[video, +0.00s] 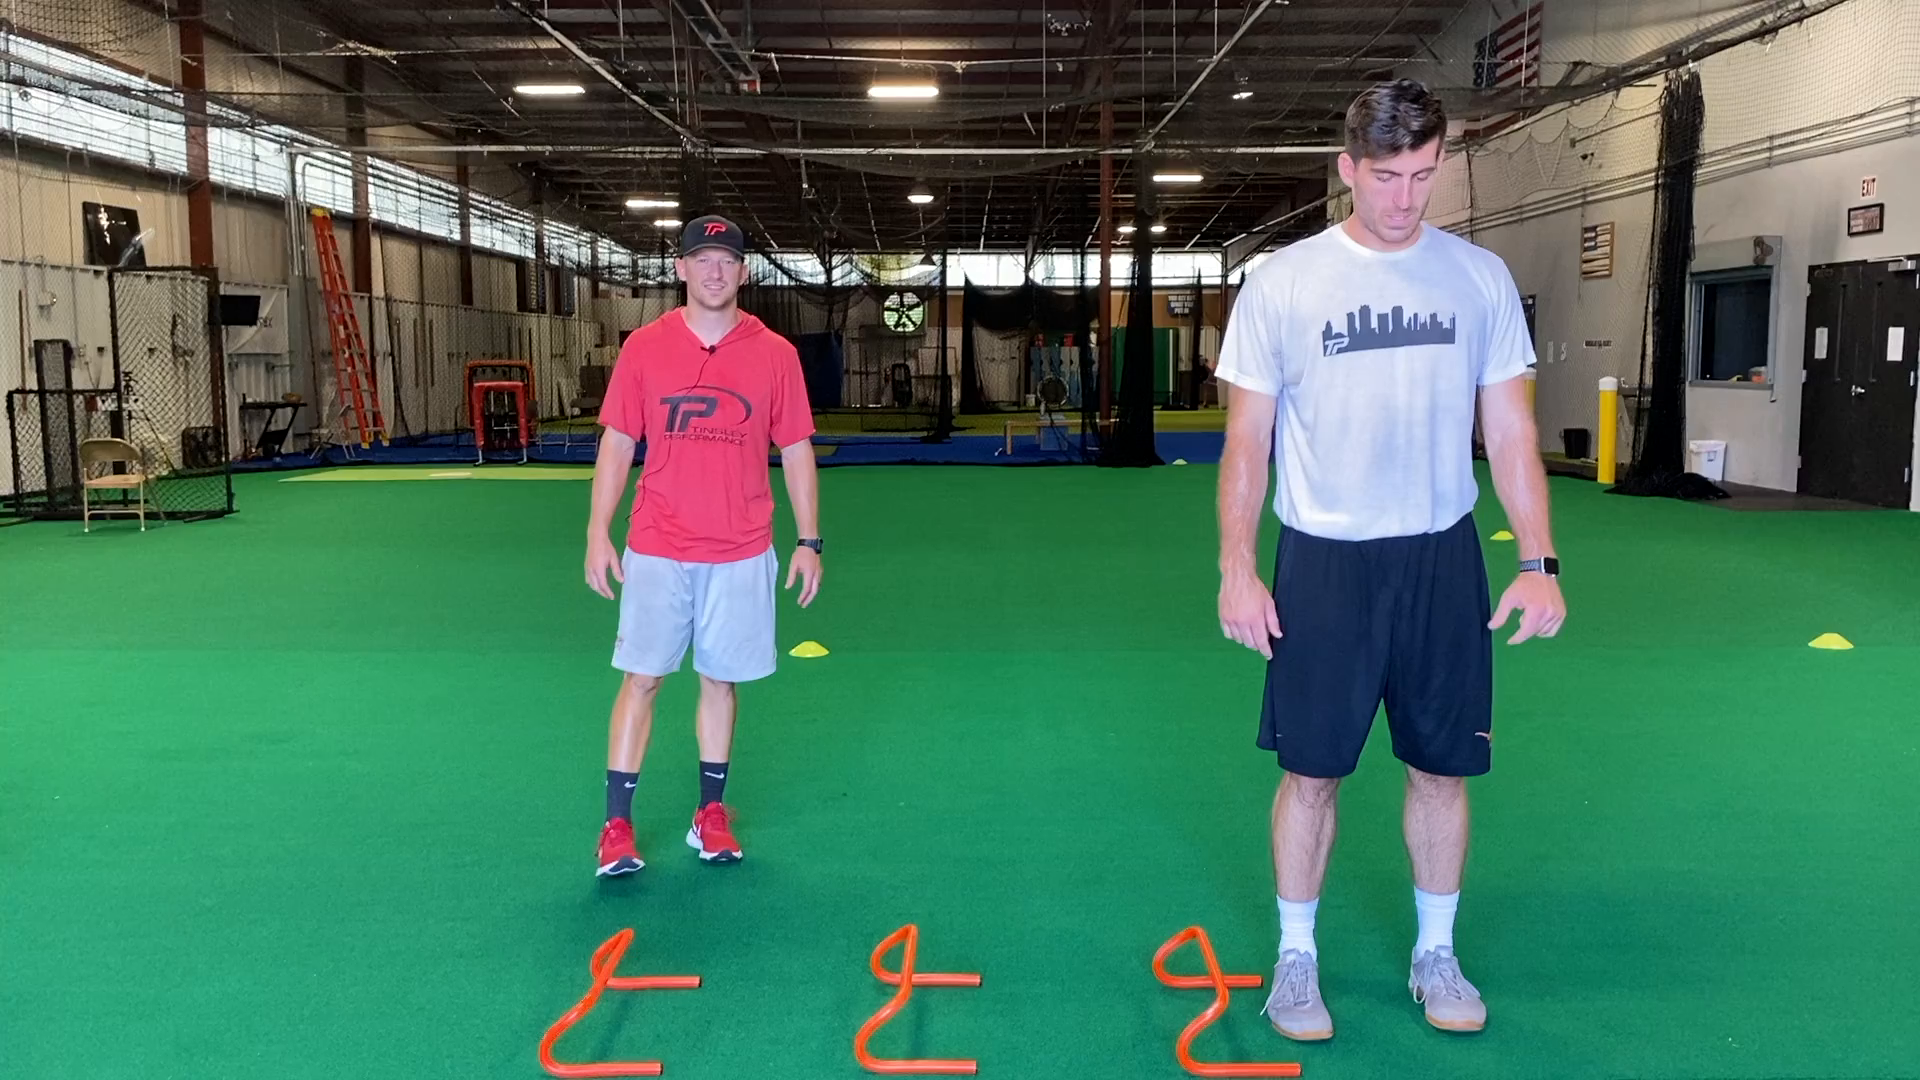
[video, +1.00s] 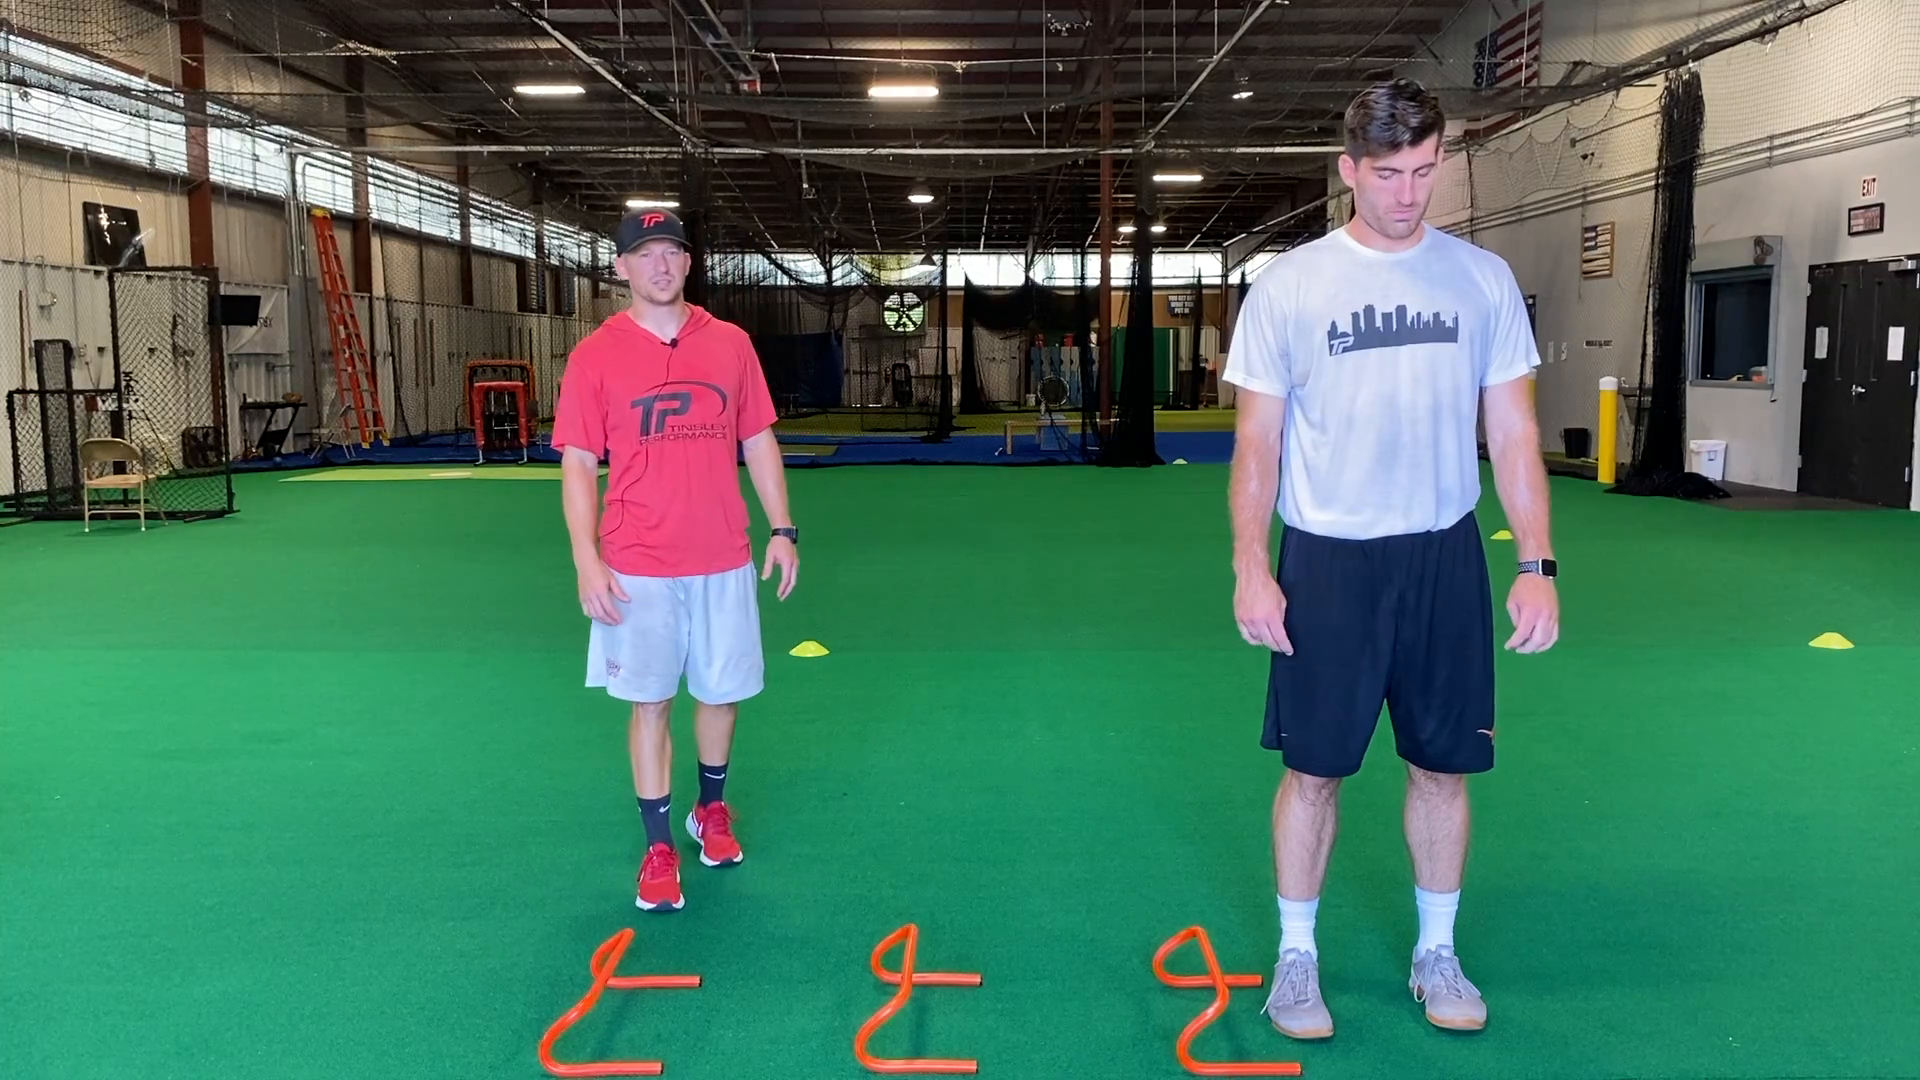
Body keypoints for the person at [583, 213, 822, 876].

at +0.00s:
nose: (714, 271)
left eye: (725, 261)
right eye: (702, 260)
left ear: (742, 271)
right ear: (681, 268)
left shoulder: (776, 355)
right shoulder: (645, 346)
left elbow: (797, 451)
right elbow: (617, 445)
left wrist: (808, 540)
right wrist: (598, 533)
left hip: (741, 551)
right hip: (658, 547)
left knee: (720, 677)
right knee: (642, 676)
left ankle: (712, 814)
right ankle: (617, 824)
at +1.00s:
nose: (663, 264)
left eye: (673, 252)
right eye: (648, 254)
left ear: (689, 263)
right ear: (622, 266)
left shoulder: (729, 344)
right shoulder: (595, 357)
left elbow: (758, 440)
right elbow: (578, 465)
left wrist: (782, 527)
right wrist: (586, 560)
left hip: (722, 559)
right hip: (636, 564)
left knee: (719, 691)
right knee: (650, 700)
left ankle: (712, 809)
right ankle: (659, 846)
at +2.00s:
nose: (700, 278)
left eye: (704, 264)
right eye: (684, 267)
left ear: (712, 267)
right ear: (645, 275)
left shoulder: (745, 344)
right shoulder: (616, 364)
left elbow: (772, 430)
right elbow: (597, 470)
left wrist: (792, 473)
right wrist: (661, 524)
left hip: (751, 563)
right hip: (665, 572)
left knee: (778, 695)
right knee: (660, 706)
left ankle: (808, 835)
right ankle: (661, 850)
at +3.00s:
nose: (824, 279)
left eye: (834, 268)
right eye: (811, 266)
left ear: (846, 276)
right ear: (782, 269)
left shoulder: (869, 362)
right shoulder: (735, 346)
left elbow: (897, 452)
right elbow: (703, 439)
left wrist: (863, 466)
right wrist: (718, 505)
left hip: (830, 560)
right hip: (747, 556)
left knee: (814, 689)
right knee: (729, 689)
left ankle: (811, 831)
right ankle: (709, 784)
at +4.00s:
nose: (703, 287)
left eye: (710, 275)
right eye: (689, 279)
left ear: (722, 276)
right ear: (664, 287)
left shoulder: (768, 343)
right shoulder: (648, 361)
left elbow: (803, 432)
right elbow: (638, 448)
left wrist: (761, 403)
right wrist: (641, 500)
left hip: (761, 536)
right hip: (683, 542)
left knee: (780, 659)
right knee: (699, 662)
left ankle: (780, 767)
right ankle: (708, 791)